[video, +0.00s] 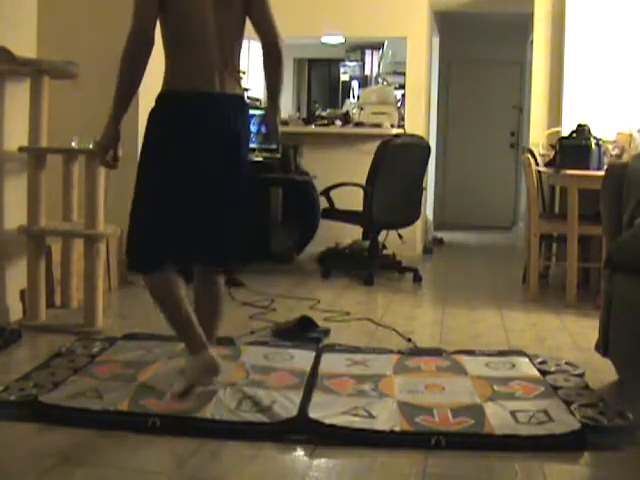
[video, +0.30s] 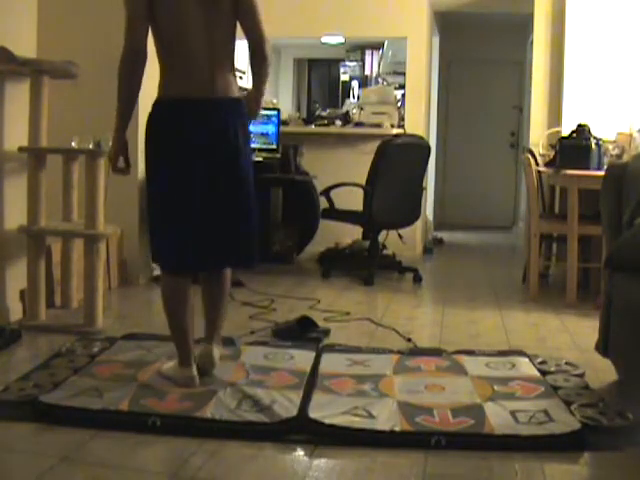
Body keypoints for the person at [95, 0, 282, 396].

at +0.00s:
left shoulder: (156, 3)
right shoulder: (245, 2)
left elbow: (140, 41)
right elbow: (273, 45)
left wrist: (113, 123)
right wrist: (272, 113)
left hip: (178, 115)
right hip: (230, 116)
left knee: (149, 252)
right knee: (209, 253)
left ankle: (201, 354)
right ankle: (204, 370)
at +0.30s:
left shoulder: (144, 3)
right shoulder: (237, 2)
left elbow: (135, 55)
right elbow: (259, 46)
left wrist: (120, 131)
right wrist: (257, 95)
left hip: (171, 120)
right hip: (224, 118)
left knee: (173, 246)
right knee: (218, 241)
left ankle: (186, 363)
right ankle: (211, 344)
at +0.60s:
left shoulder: (131, 5)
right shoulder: (228, 4)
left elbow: (124, 67)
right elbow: (250, 54)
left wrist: (116, 138)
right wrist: (270, 131)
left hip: (164, 133)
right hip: (220, 131)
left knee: (168, 257)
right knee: (245, 239)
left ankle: (187, 366)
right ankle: (281, 327)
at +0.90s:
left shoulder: (127, 3)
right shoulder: (224, 3)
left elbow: (117, 62)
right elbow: (242, 46)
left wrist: (116, 133)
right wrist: (259, 116)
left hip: (164, 123)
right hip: (216, 120)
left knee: (168, 253)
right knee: (235, 232)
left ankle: (187, 365)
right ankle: (244, 323)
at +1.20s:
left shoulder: (136, 4)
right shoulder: (233, 3)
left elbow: (127, 64)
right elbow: (248, 51)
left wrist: (138, 128)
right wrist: (255, 111)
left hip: (168, 119)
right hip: (219, 117)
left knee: (172, 241)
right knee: (221, 236)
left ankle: (187, 362)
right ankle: (210, 339)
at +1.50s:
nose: (221, 11)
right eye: (221, 7)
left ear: (178, 6)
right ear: (220, 6)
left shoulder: (149, 48)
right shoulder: (241, 45)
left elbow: (133, 124)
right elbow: (262, 114)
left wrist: (148, 168)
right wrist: (261, 163)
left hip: (168, 181)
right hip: (221, 180)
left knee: (169, 270)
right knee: (224, 268)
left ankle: (175, 355)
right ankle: (212, 342)